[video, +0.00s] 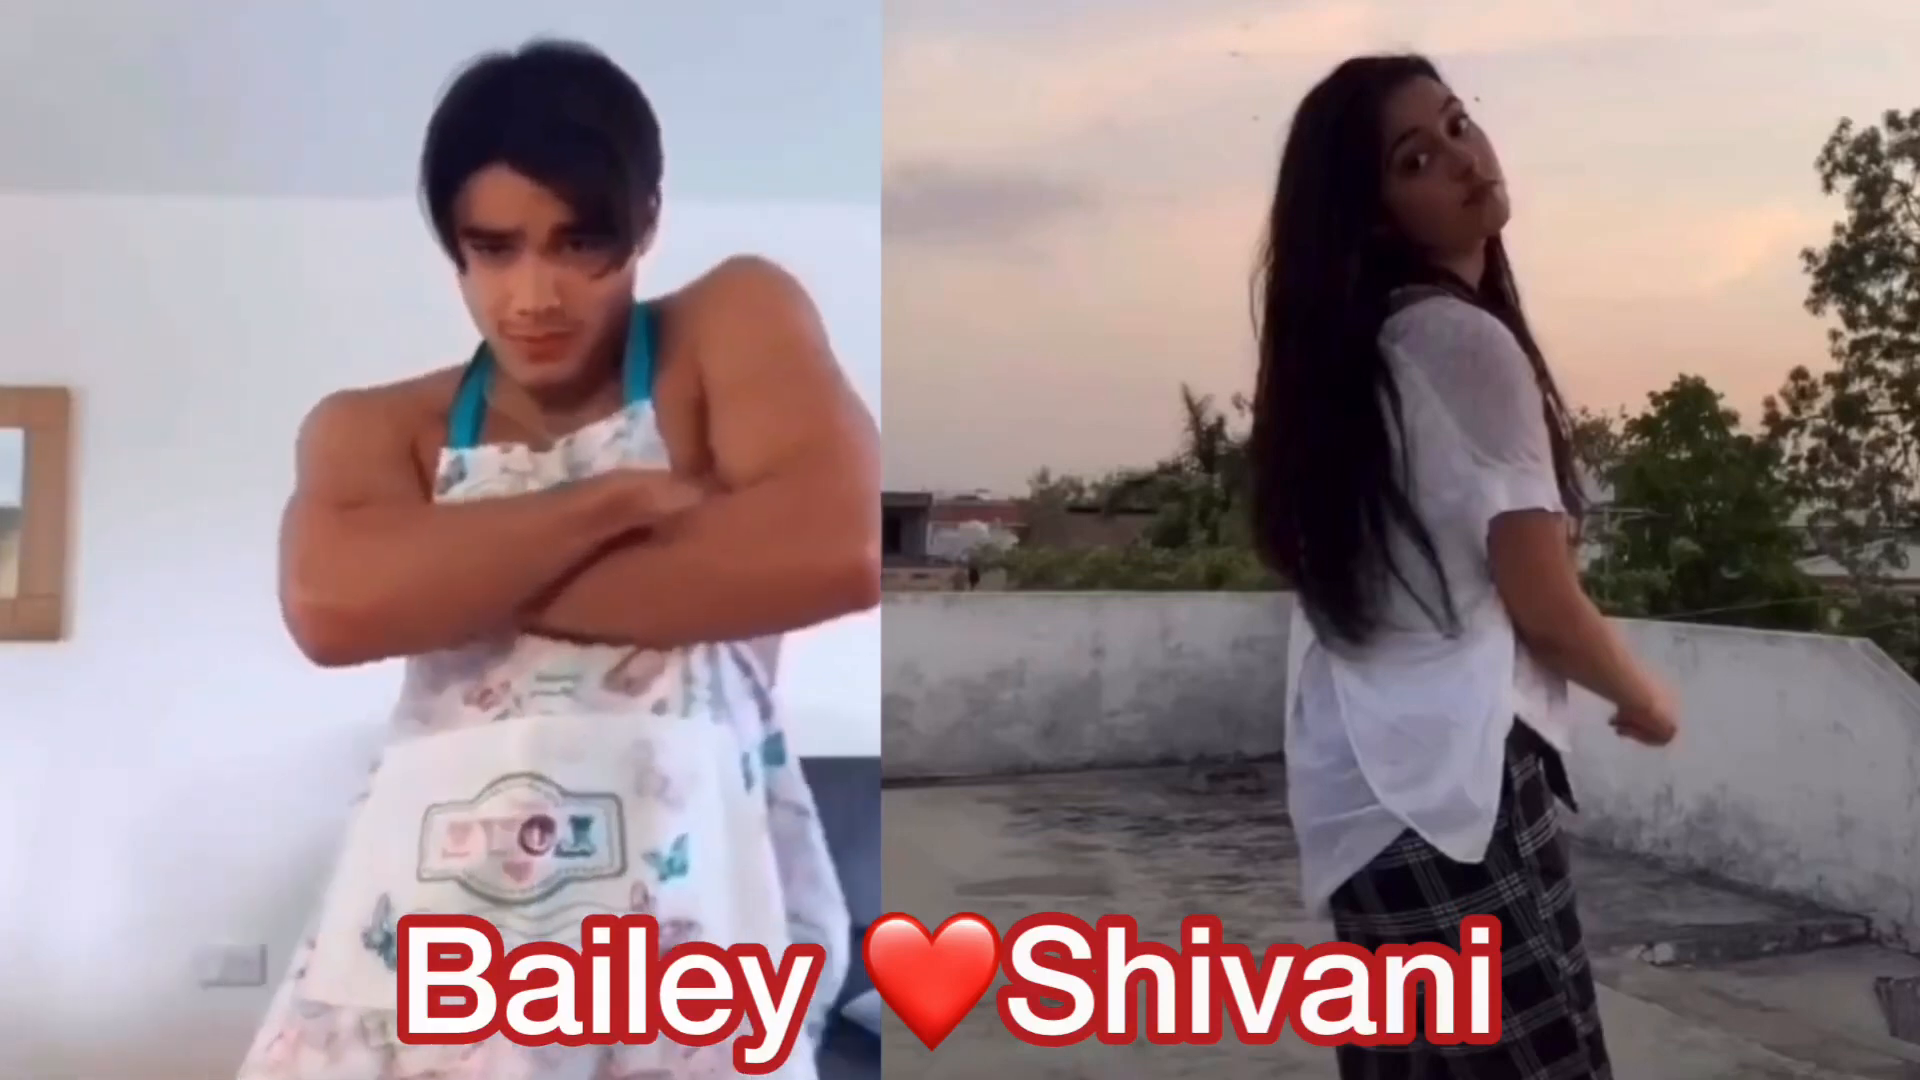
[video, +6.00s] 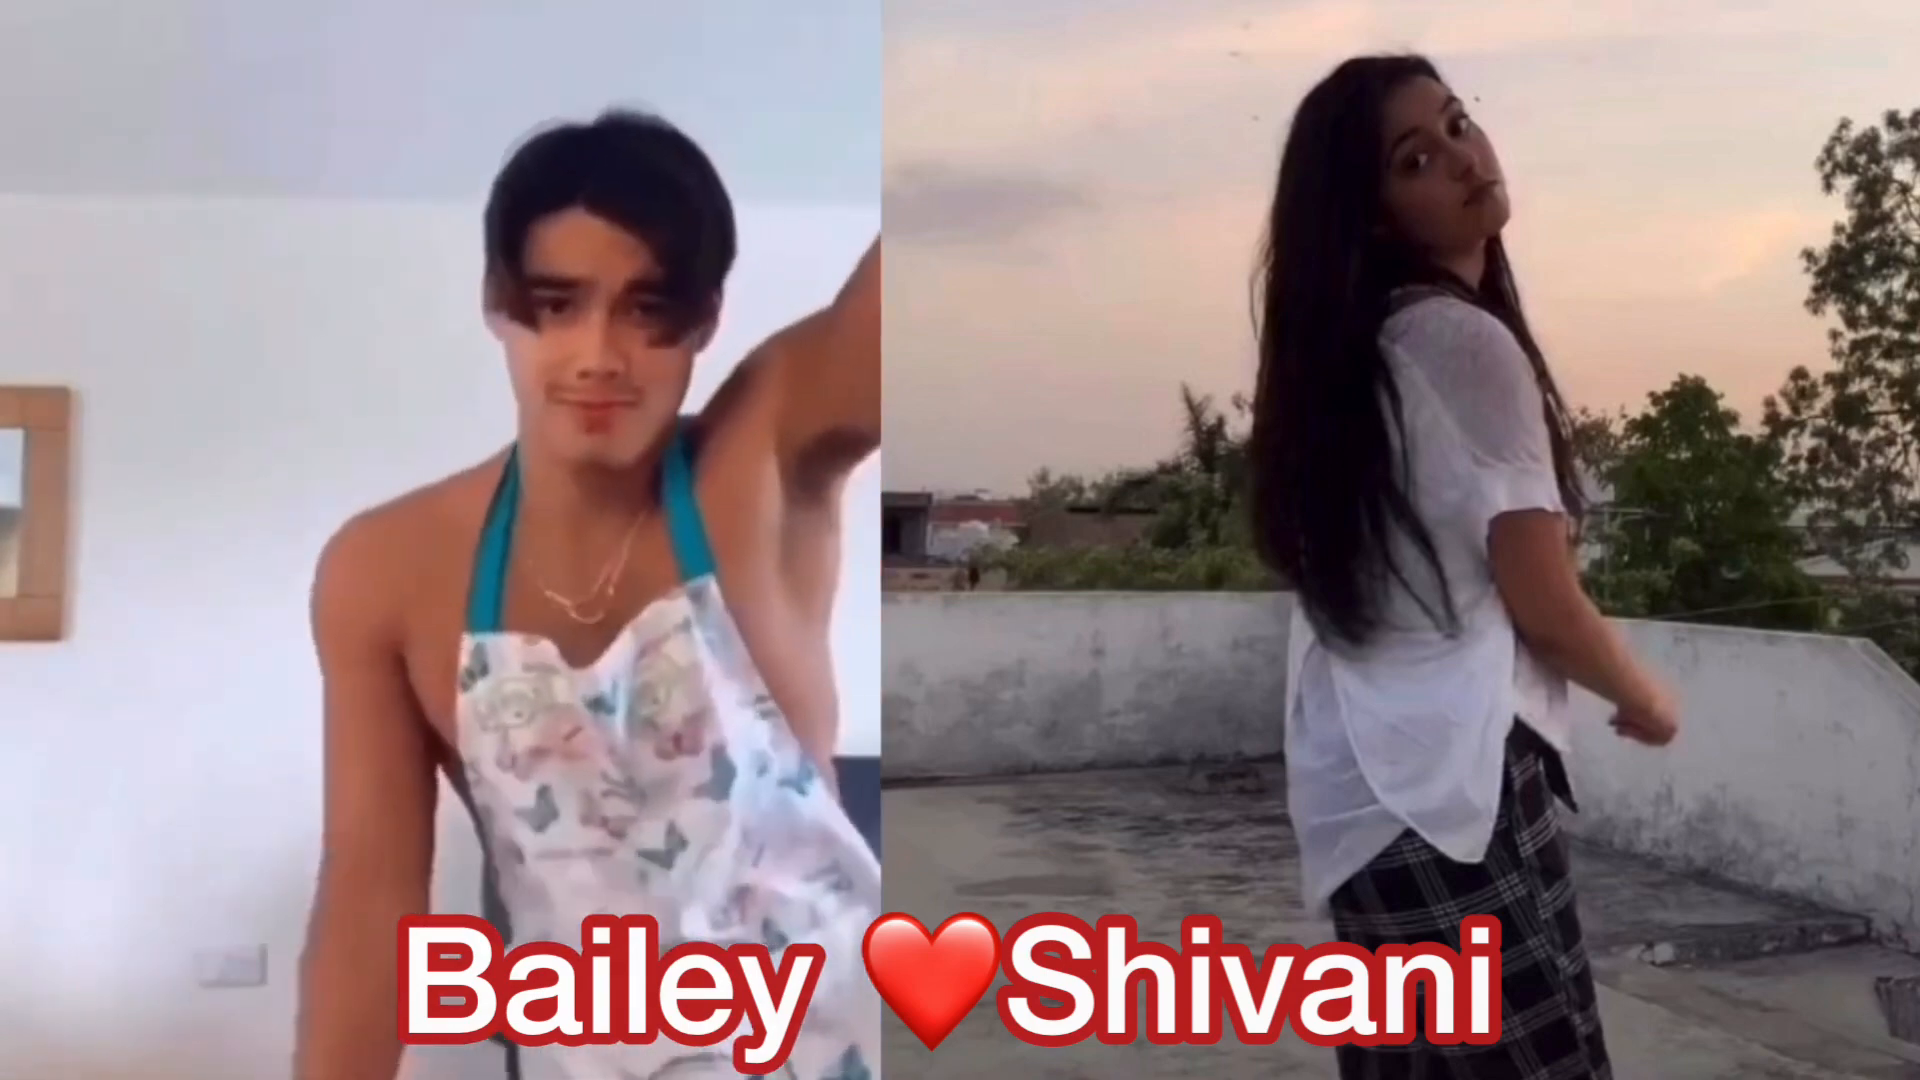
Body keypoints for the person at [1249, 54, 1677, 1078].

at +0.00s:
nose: (1467, 158)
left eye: (1459, 125)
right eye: (1418, 158)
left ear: (1480, 128)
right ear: (1371, 210)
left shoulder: (1352, 332)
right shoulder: (1464, 339)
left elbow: (1392, 565)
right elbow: (1544, 602)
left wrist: (1545, 666)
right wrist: (1643, 698)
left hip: (1361, 784)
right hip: (1451, 789)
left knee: (1396, 1056)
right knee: (1544, 1055)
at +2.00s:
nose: (1467, 158)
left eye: (1459, 125)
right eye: (1418, 158)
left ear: (1479, 128)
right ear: (1370, 210)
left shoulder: (1353, 333)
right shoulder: (1465, 339)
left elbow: (1393, 566)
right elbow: (1545, 603)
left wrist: (1546, 665)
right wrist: (1642, 697)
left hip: (1362, 783)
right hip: (1451, 789)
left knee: (1397, 1056)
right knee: (1544, 1055)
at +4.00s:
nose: (1466, 158)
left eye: (1459, 125)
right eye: (1417, 158)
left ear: (1480, 129)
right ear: (1370, 210)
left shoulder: (1353, 333)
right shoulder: (1465, 339)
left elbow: (1392, 564)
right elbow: (1545, 602)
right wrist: (1643, 697)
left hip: (1362, 783)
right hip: (1452, 789)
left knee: (1397, 1056)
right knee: (1544, 1056)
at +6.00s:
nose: (1466, 158)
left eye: (1459, 125)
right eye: (1417, 158)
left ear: (1480, 129)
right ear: (1370, 210)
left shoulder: (1354, 333)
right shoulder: (1465, 339)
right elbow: (1546, 604)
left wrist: (1561, 666)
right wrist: (1642, 696)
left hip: (1362, 783)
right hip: (1452, 789)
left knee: (1397, 1056)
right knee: (1545, 1056)